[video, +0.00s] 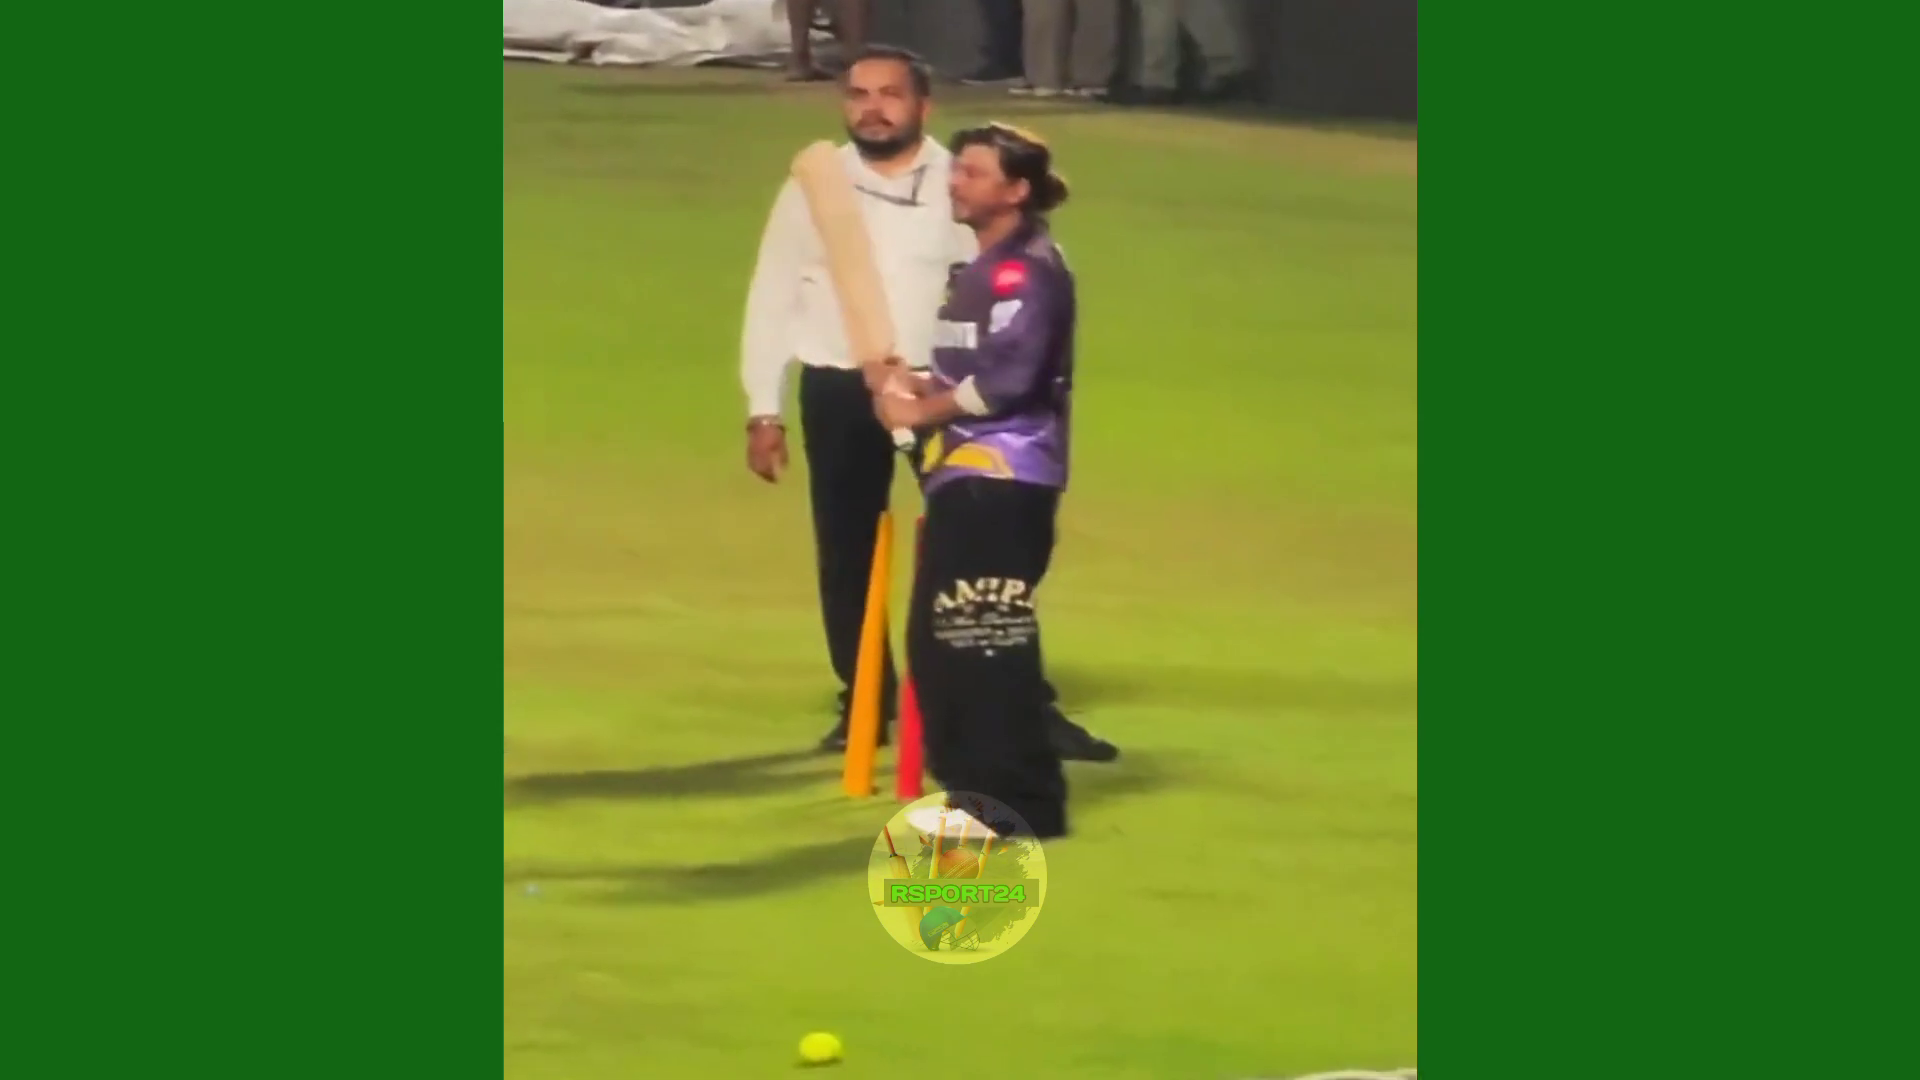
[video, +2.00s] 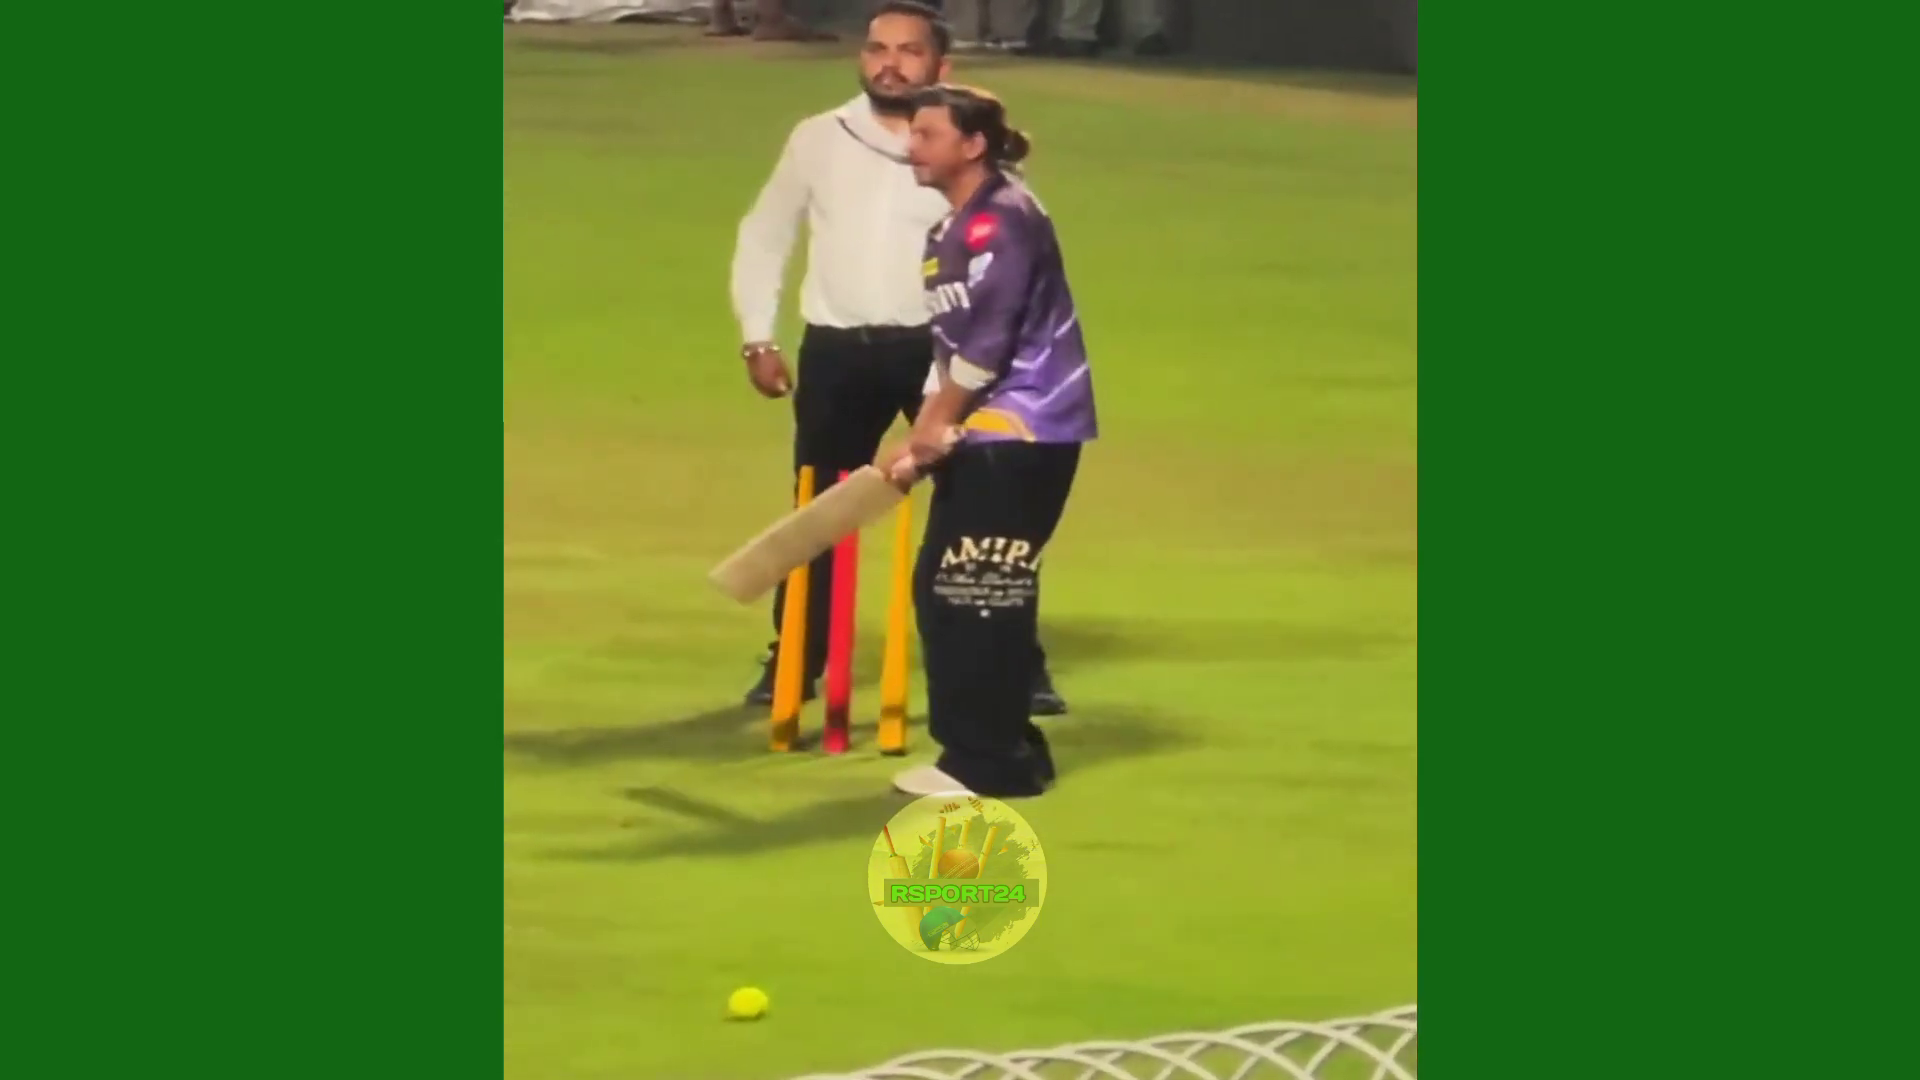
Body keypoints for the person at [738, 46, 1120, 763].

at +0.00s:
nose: (871, 109)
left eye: (888, 95)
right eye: (859, 95)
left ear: (922, 105)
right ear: (845, 103)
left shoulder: (958, 182)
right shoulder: (817, 181)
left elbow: (999, 299)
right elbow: (772, 295)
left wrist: (957, 392)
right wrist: (762, 409)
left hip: (939, 387)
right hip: (843, 388)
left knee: (982, 551)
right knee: (846, 554)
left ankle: (1029, 706)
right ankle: (863, 703)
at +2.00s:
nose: (888, 63)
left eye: (906, 51)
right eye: (877, 49)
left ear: (938, 64)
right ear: (861, 56)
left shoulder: (960, 143)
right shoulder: (818, 139)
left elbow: (1000, 260)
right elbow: (764, 235)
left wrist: (975, 372)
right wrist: (758, 336)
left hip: (936, 352)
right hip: (837, 352)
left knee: (981, 519)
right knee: (819, 521)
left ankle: (1021, 669)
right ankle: (794, 666)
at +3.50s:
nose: (837, 139)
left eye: (853, 126)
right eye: (822, 126)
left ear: (880, 135)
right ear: (804, 135)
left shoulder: (927, 212)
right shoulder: (765, 216)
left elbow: (973, 324)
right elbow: (708, 290)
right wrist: (733, 383)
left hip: (900, 430)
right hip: (794, 429)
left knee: (945, 603)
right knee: (772, 598)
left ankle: (974, 755)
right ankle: (752, 747)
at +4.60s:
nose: (768, 165)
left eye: (785, 151)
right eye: (752, 151)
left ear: (813, 156)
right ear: (735, 158)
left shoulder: (864, 238)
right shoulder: (698, 238)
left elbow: (906, 340)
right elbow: (656, 325)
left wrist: (851, 416)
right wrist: (670, 386)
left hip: (839, 456)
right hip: (729, 456)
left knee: (881, 621)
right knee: (699, 614)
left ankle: (914, 775)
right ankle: (679, 761)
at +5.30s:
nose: (736, 121)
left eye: (752, 107)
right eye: (721, 108)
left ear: (780, 116)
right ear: (701, 116)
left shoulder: (832, 198)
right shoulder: (664, 202)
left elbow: (864, 312)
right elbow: (633, 316)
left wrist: (839, 410)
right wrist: (610, 422)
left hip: (802, 408)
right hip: (694, 412)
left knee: (846, 574)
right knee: (666, 573)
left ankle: (886, 722)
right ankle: (656, 719)